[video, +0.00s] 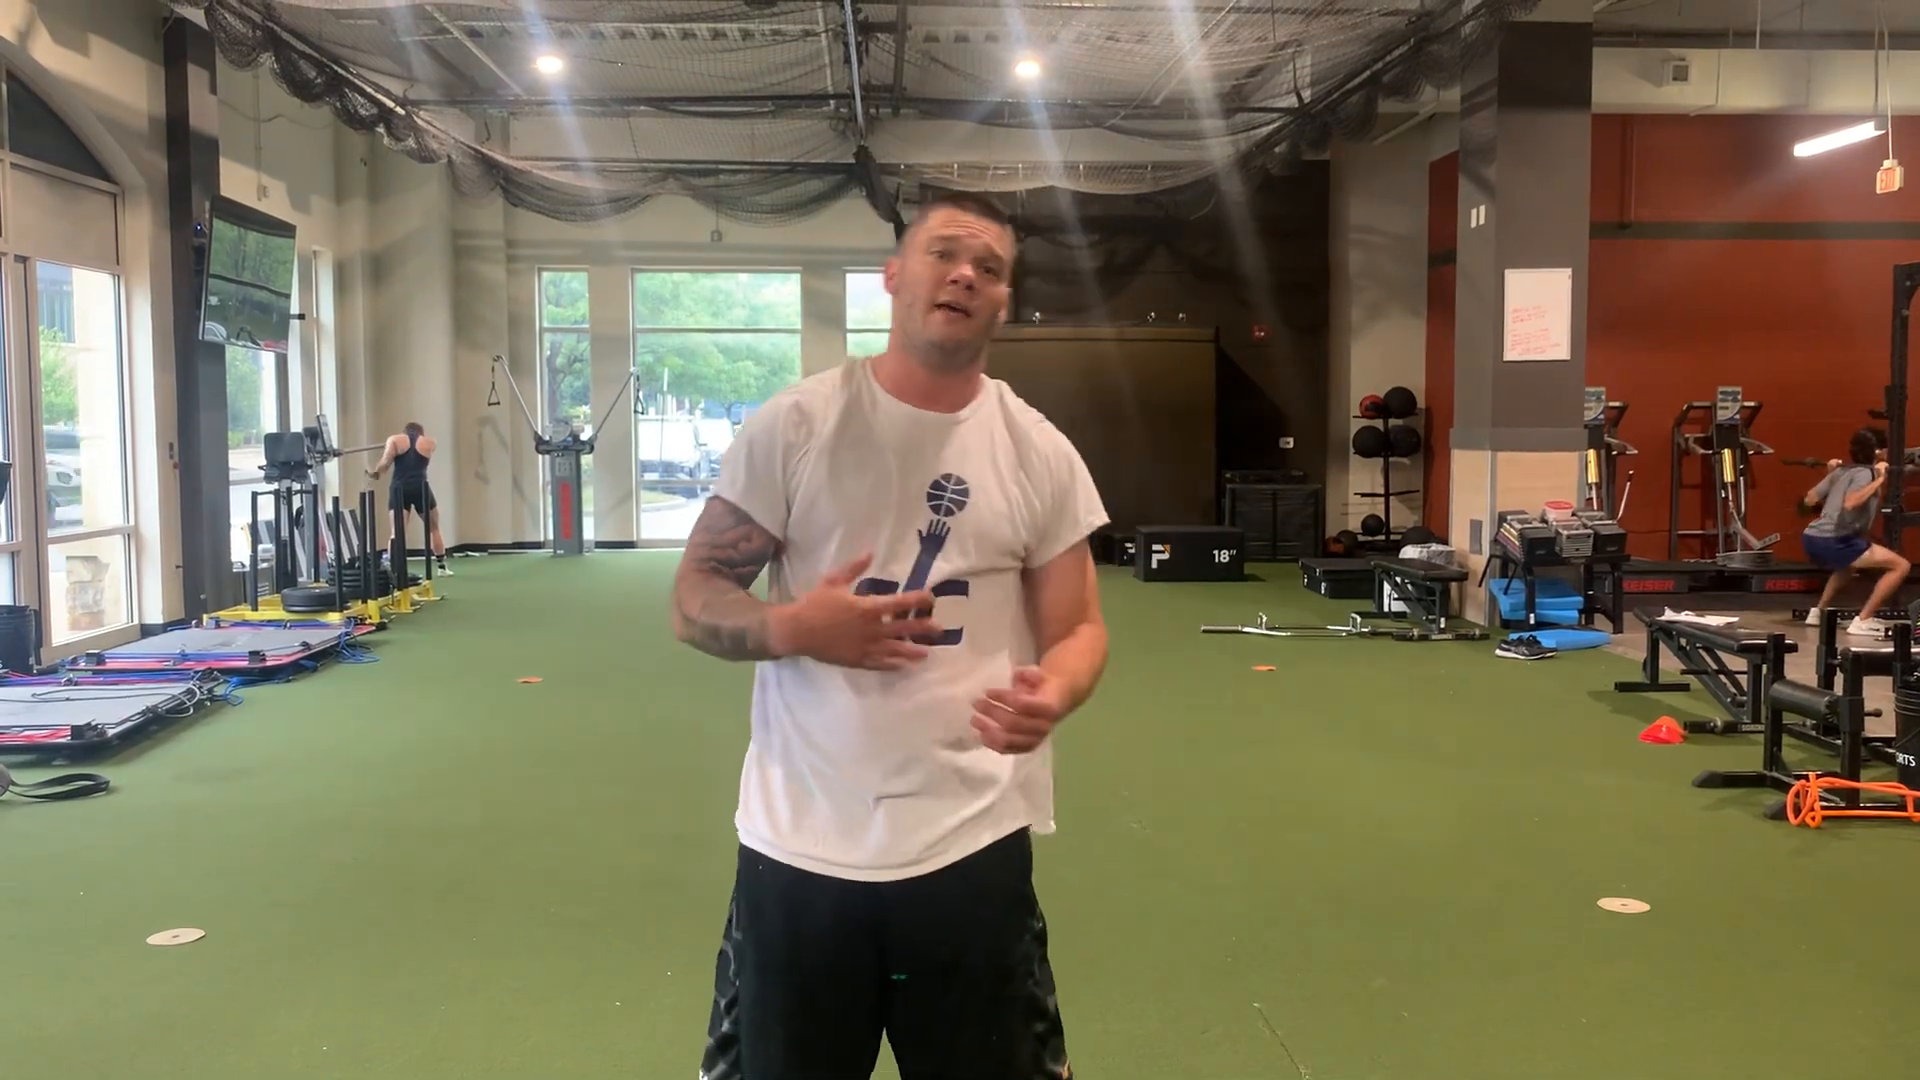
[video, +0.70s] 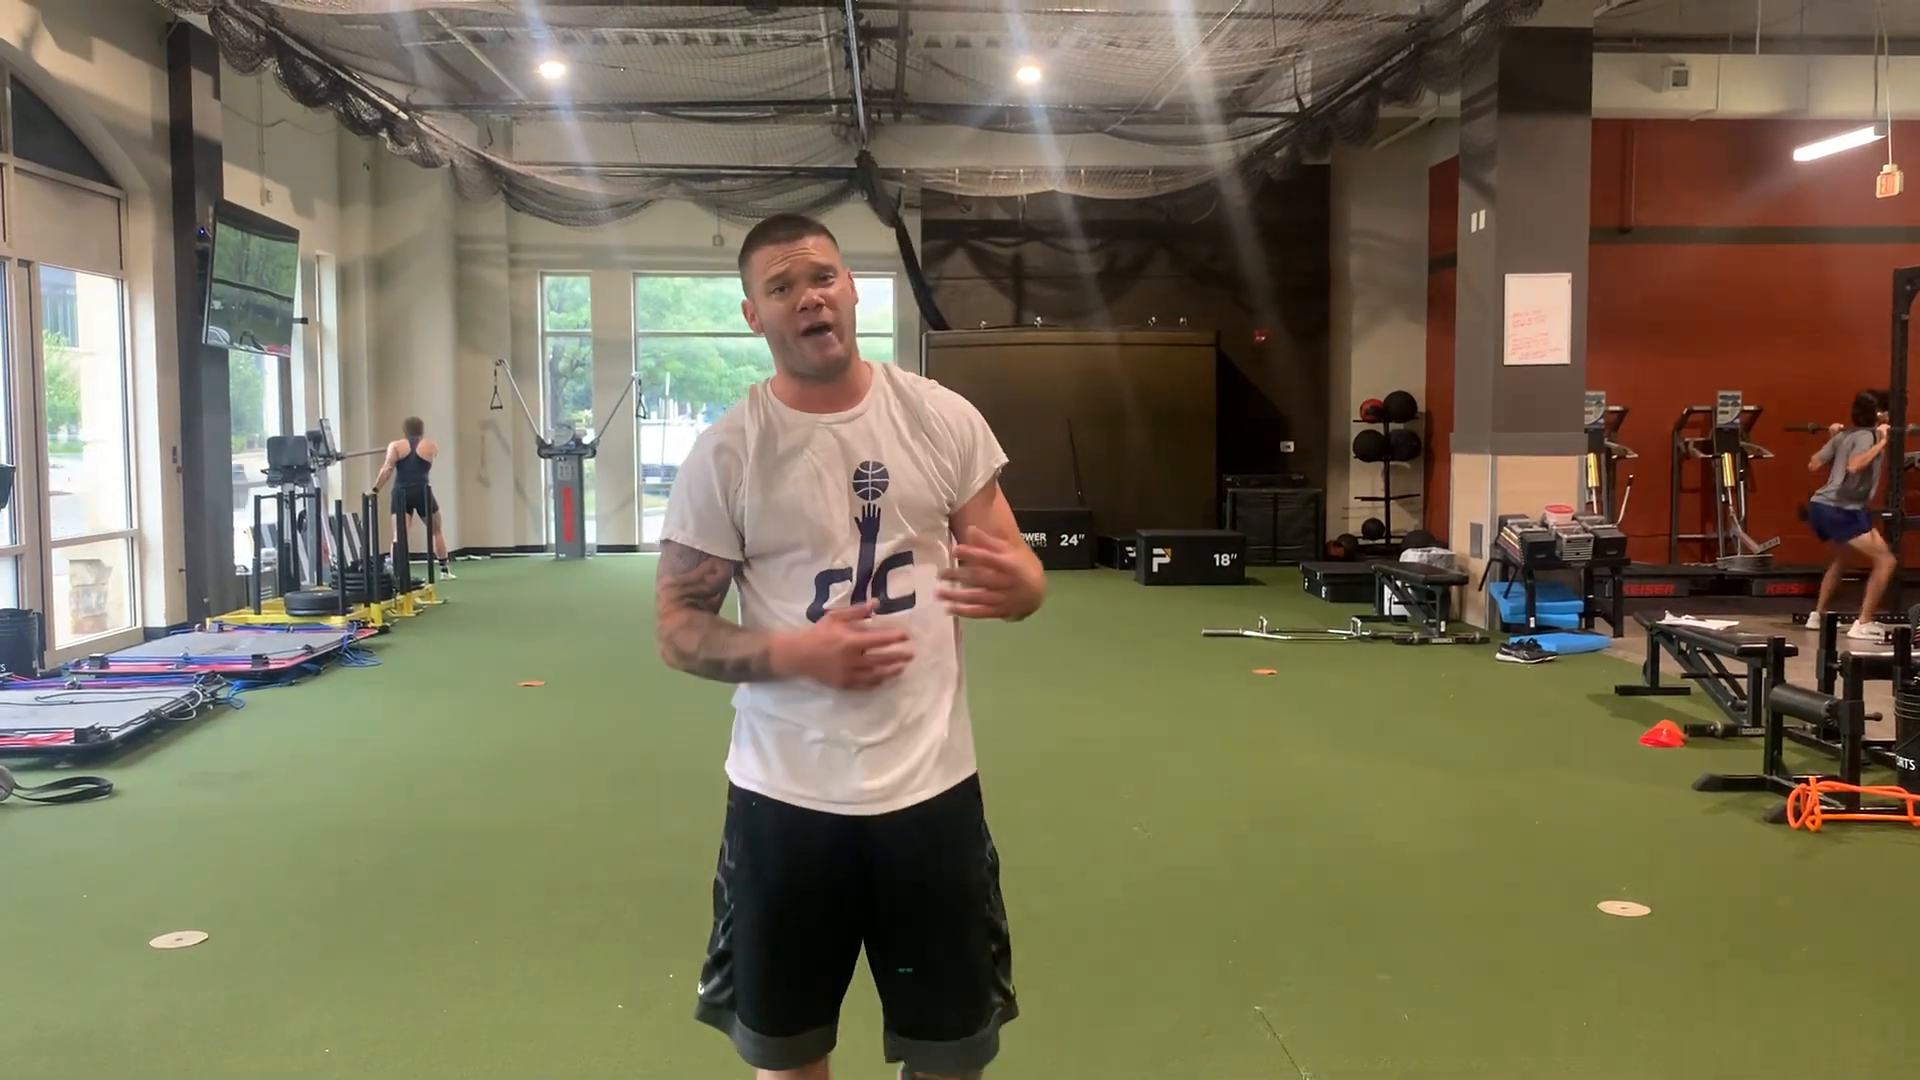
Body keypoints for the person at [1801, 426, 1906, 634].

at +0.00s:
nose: (1886, 453)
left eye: (1886, 449)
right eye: (1884, 449)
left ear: (1855, 451)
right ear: (1875, 452)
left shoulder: (1841, 472)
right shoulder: (1865, 474)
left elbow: (1810, 499)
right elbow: (1849, 503)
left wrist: (1830, 474)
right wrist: (1879, 479)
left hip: (1812, 539)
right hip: (1835, 542)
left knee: (1847, 568)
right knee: (1900, 566)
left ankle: (1818, 611)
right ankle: (1863, 620)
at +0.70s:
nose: (1887, 416)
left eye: (1887, 411)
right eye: (1884, 412)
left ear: (1857, 414)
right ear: (1875, 415)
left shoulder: (1843, 437)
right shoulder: (1867, 437)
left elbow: (1813, 464)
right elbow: (1853, 465)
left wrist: (1832, 437)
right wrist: (1881, 443)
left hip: (1820, 507)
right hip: (1841, 512)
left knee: (1841, 559)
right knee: (1886, 560)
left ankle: (1818, 615)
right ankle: (1864, 623)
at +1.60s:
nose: (1888, 470)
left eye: (1888, 465)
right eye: (1886, 466)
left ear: (1857, 467)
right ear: (1877, 469)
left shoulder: (1842, 488)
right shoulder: (1866, 490)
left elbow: (1811, 515)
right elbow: (1849, 518)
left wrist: (1833, 491)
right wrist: (1880, 496)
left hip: (1813, 553)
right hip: (1838, 558)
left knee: (1852, 572)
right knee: (1903, 572)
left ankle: (1819, 615)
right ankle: (1864, 624)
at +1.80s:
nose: (1889, 460)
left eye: (1889, 456)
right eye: (1887, 456)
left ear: (1858, 456)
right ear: (1879, 460)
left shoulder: (1844, 478)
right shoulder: (1868, 480)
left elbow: (1812, 505)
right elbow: (1850, 507)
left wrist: (1833, 480)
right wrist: (1881, 485)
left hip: (1815, 545)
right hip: (1839, 549)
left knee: (1850, 572)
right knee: (1902, 572)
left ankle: (1820, 617)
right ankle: (1866, 626)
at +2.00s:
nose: (1891, 439)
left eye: (1891, 435)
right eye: (1888, 435)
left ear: (1861, 436)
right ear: (1879, 438)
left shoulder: (1845, 457)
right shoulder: (1870, 458)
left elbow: (1815, 485)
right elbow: (1854, 486)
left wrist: (1833, 459)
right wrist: (1884, 464)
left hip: (1821, 526)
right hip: (1842, 530)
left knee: (1850, 569)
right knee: (1898, 570)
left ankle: (1821, 620)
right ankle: (1867, 628)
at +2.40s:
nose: (1893, 402)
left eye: (1892, 397)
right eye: (1890, 398)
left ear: (1863, 400)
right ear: (1881, 401)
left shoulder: (1847, 425)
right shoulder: (1872, 424)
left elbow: (1821, 453)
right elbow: (1862, 452)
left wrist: (1836, 424)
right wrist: (1888, 426)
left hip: (1834, 499)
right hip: (1857, 503)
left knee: (1837, 560)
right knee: (1871, 562)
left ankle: (1824, 621)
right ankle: (1871, 628)